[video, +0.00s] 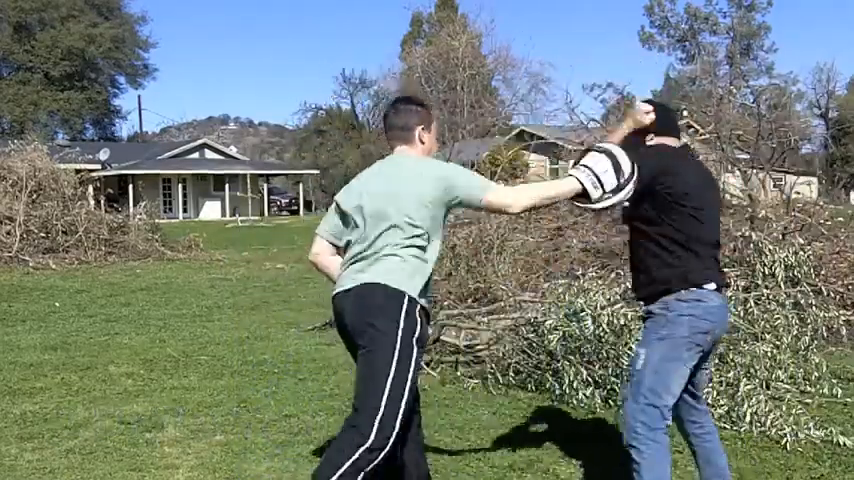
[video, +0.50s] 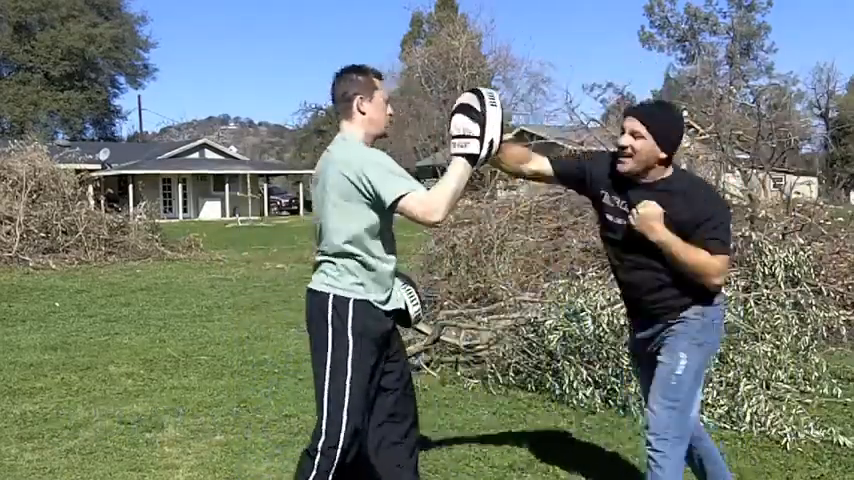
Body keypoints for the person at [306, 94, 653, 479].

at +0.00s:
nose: (436, 141)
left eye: (433, 134)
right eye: (434, 134)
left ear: (389, 138)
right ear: (422, 135)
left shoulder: (357, 185)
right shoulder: (437, 173)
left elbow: (320, 252)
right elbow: (513, 198)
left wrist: (362, 287)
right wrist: (582, 180)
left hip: (347, 300)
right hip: (393, 296)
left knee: (402, 418)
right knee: (377, 422)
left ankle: (413, 476)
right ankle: (330, 476)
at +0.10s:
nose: (436, 133)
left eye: (433, 123)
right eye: (432, 123)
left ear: (393, 129)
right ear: (415, 125)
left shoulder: (356, 182)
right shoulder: (419, 167)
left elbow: (326, 249)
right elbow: (477, 209)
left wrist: (372, 279)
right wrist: (541, 182)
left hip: (345, 299)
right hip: (381, 300)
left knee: (405, 425)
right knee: (387, 438)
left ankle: (414, 473)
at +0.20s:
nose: (425, 125)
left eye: (425, 116)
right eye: (422, 116)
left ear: (383, 117)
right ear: (403, 115)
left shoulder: (355, 170)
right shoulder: (399, 165)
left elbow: (333, 243)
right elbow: (455, 218)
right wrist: (498, 170)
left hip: (366, 302)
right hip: (368, 302)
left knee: (407, 429)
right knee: (368, 437)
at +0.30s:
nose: (410, 116)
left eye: (410, 107)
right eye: (407, 107)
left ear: (372, 109)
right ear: (385, 107)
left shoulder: (350, 159)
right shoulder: (379, 160)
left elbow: (361, 238)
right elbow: (443, 213)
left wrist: (398, 292)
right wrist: (479, 157)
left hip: (375, 304)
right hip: (354, 301)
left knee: (401, 423)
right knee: (347, 426)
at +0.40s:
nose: (398, 111)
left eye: (397, 102)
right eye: (394, 101)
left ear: (361, 106)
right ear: (371, 105)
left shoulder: (339, 157)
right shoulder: (370, 158)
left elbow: (351, 235)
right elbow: (438, 209)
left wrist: (391, 283)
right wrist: (473, 153)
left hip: (365, 303)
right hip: (349, 302)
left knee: (392, 424)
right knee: (337, 428)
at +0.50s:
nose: (390, 111)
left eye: (389, 102)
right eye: (385, 101)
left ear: (354, 106)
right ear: (360, 104)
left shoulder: (337, 157)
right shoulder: (362, 159)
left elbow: (346, 235)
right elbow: (431, 210)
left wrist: (387, 281)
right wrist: (466, 154)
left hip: (369, 302)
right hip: (345, 302)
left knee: (393, 423)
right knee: (340, 428)